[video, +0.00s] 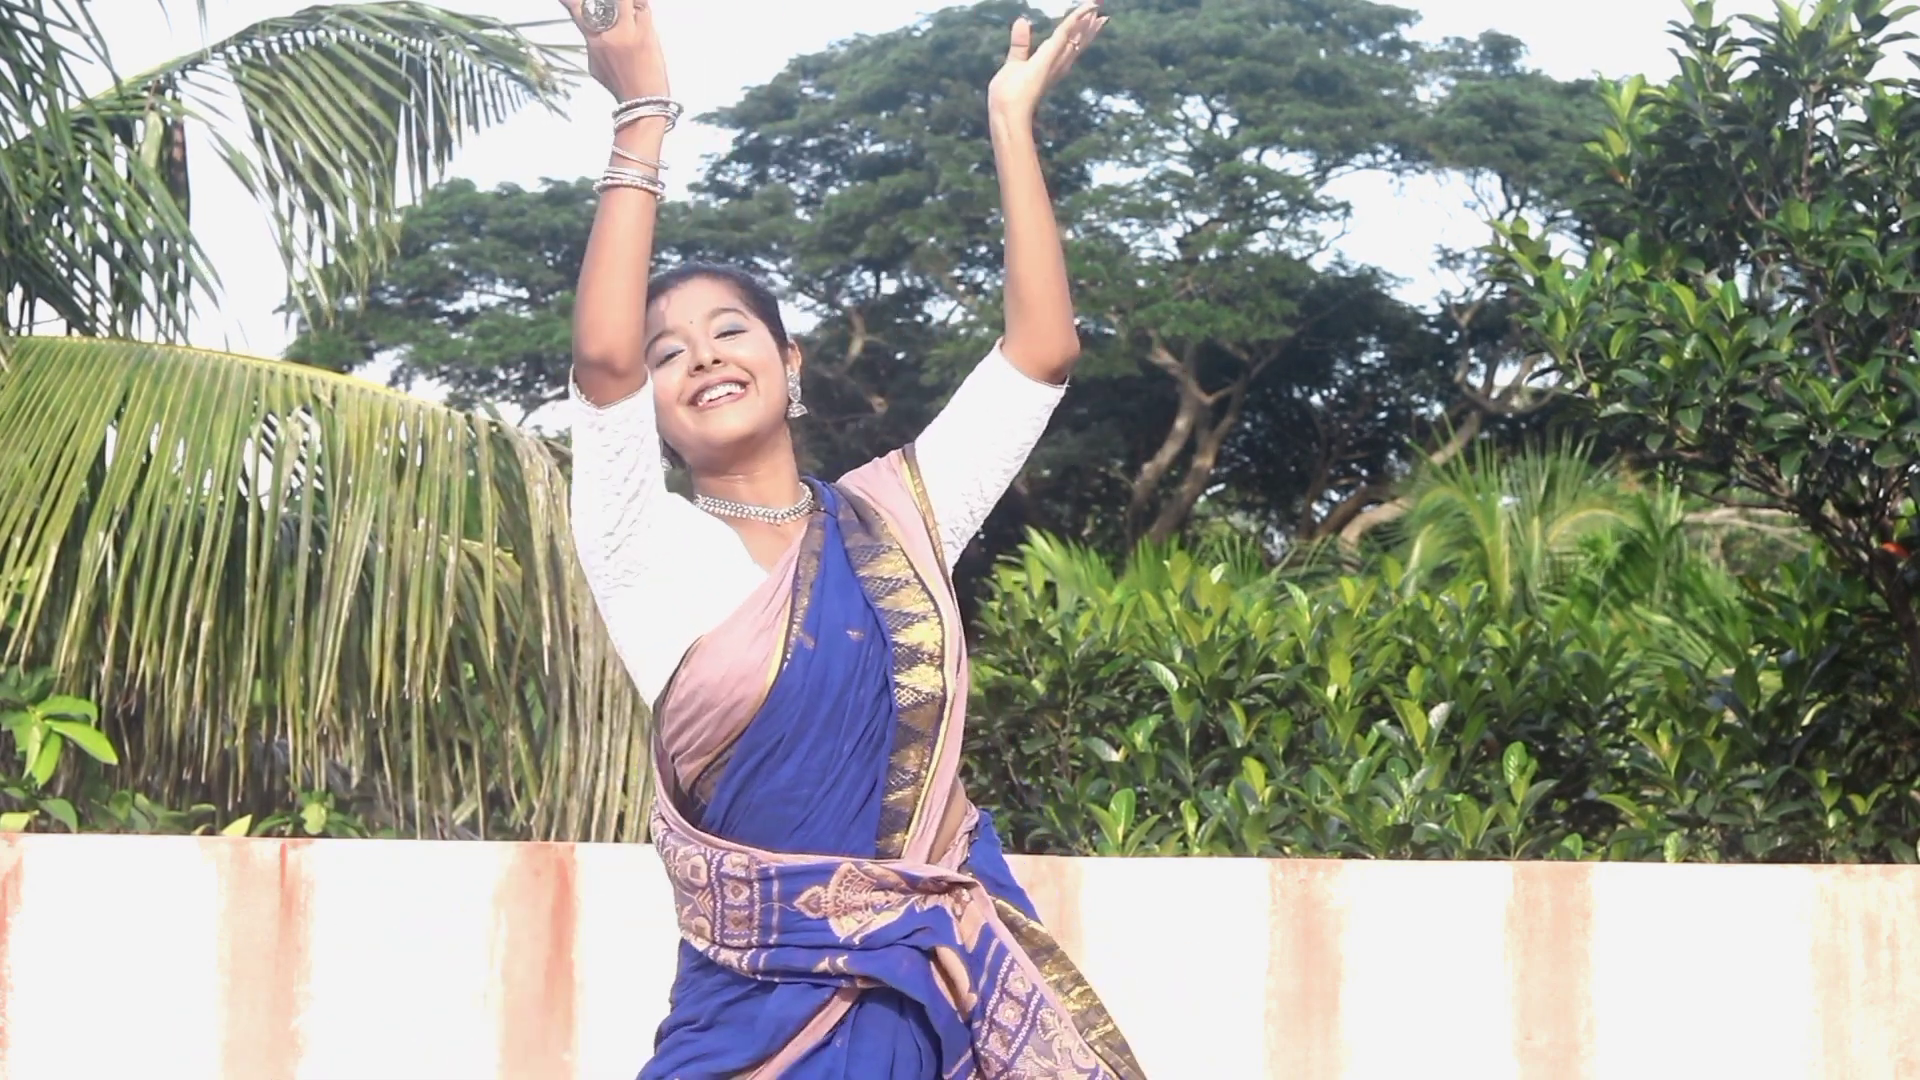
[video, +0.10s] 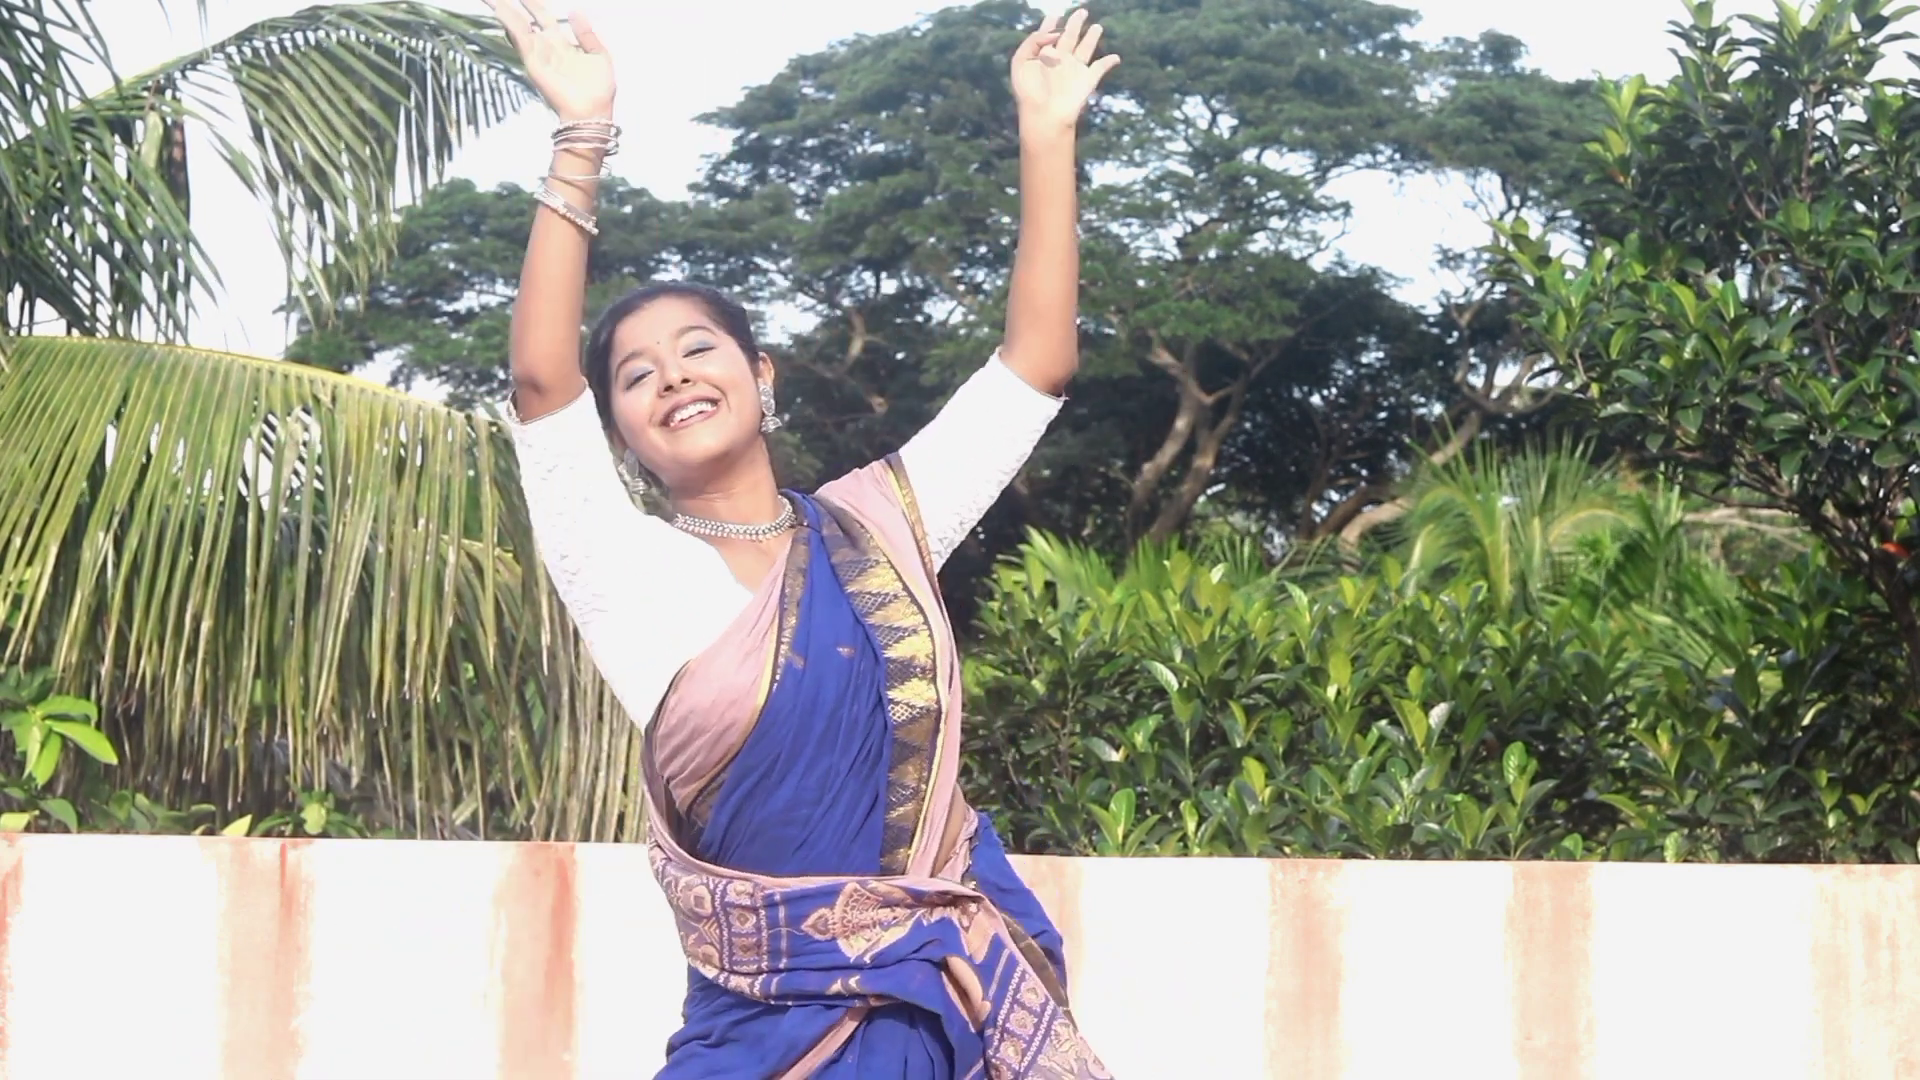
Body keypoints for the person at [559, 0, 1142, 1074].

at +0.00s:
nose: (703, 355)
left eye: (729, 329)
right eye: (668, 350)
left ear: (788, 364)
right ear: (648, 404)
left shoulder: (900, 509)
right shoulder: (647, 553)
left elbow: (1042, 348)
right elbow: (605, 365)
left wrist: (1011, 117)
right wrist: (641, 115)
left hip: (974, 983)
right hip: (766, 1006)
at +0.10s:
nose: (674, 376)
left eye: (699, 349)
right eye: (639, 372)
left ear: (762, 383)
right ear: (619, 432)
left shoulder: (885, 516)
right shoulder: (636, 585)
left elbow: (1039, 358)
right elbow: (539, 382)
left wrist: (1048, 130)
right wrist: (580, 137)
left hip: (981, 1001)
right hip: (768, 1025)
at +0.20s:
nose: (658, 386)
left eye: (683, 357)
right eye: (624, 387)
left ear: (752, 391)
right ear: (612, 451)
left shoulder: (881, 520)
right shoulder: (631, 597)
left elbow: (1038, 366)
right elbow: (516, 400)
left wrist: (1065, 140)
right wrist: (541, 159)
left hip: (984, 999)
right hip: (777, 1030)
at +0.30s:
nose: (648, 404)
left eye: (671, 372)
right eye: (614, 403)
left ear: (742, 396)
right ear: (602, 464)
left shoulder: (880, 523)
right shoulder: (626, 609)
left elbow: (1037, 373)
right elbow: (498, 423)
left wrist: (1075, 149)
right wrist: (499, 192)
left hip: (988, 1002)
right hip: (784, 1034)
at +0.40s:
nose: (639, 419)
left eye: (662, 386)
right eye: (604, 420)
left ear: (735, 403)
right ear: (599, 481)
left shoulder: (878, 530)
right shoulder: (627, 627)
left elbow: (1034, 382)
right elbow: (479, 433)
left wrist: (1077, 173)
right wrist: (474, 197)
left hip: (988, 1001)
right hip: (786, 1038)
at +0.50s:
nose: (630, 445)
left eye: (652, 410)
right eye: (597, 446)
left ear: (727, 421)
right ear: (595, 506)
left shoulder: (882, 542)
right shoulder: (630, 649)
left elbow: (1043, 408)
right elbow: (454, 482)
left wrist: (1070, 216)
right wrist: (449, 257)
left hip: (995, 1006)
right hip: (799, 1051)